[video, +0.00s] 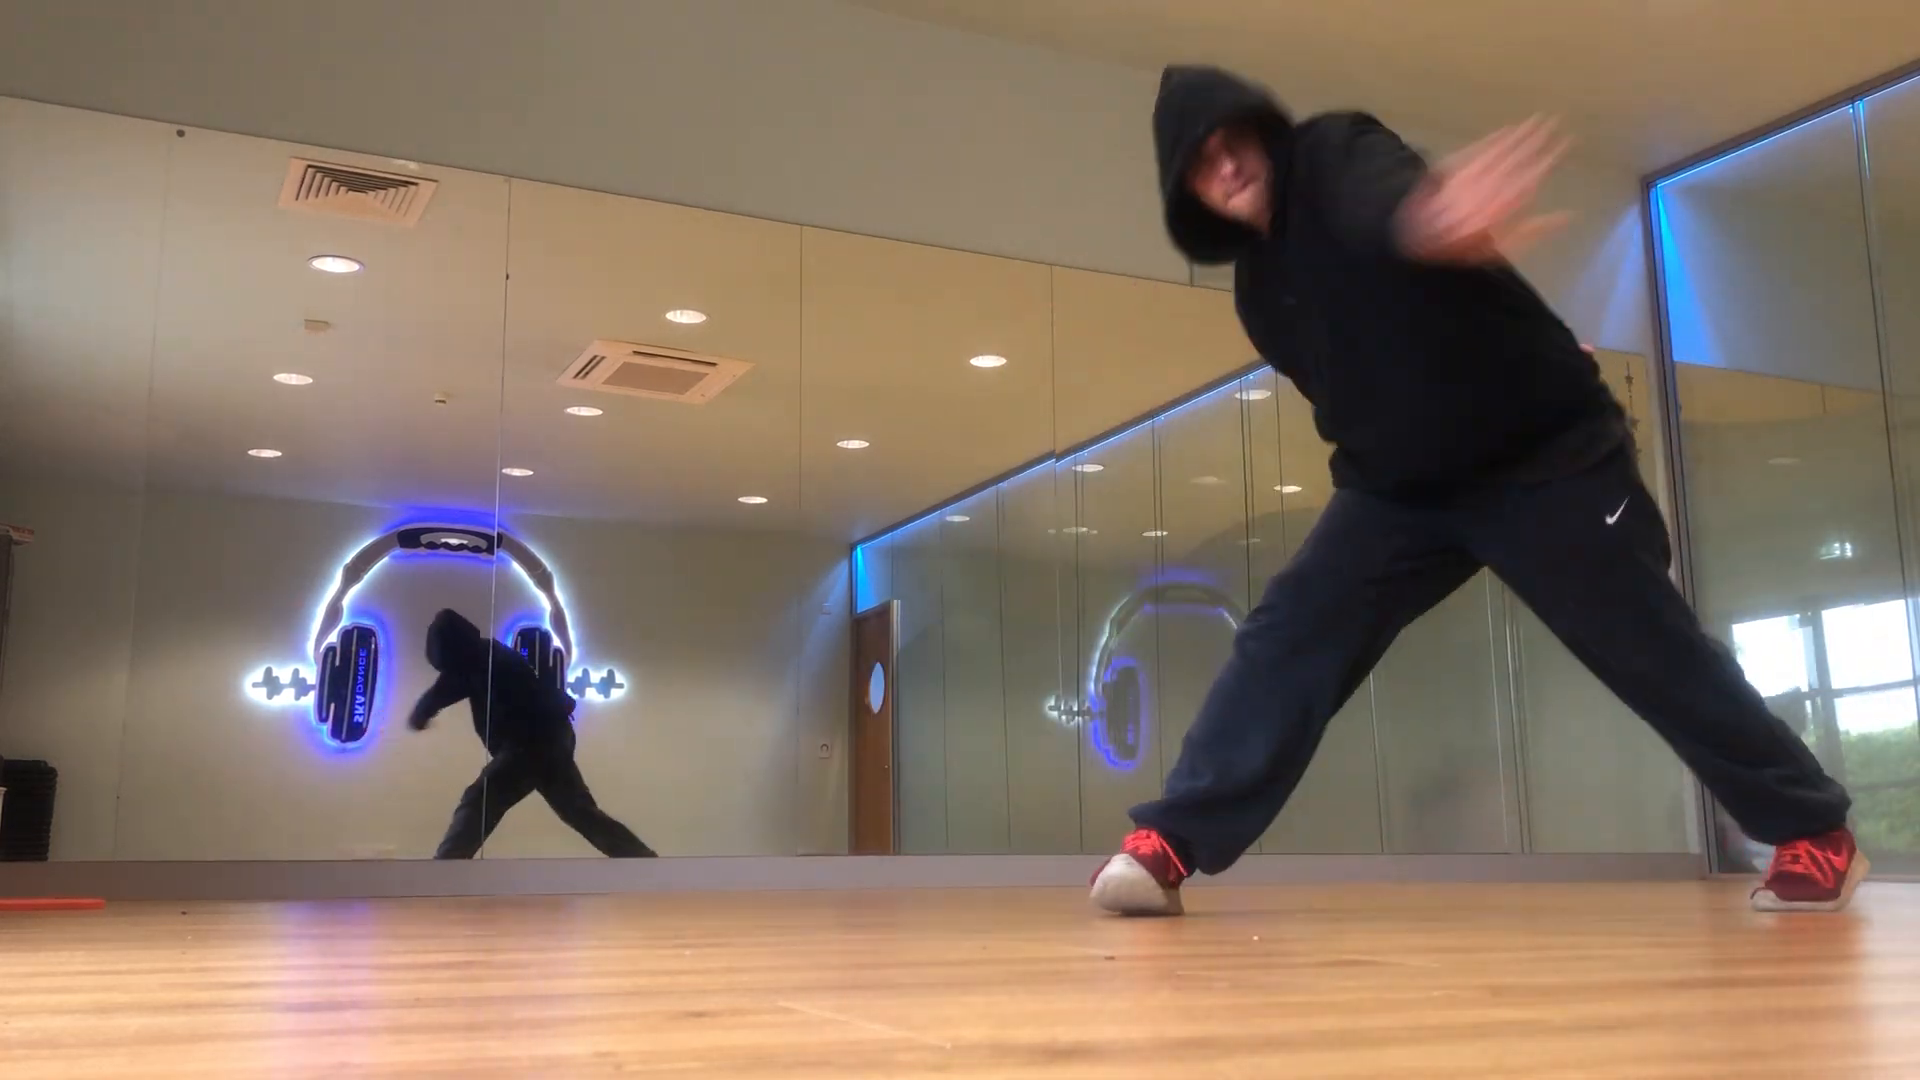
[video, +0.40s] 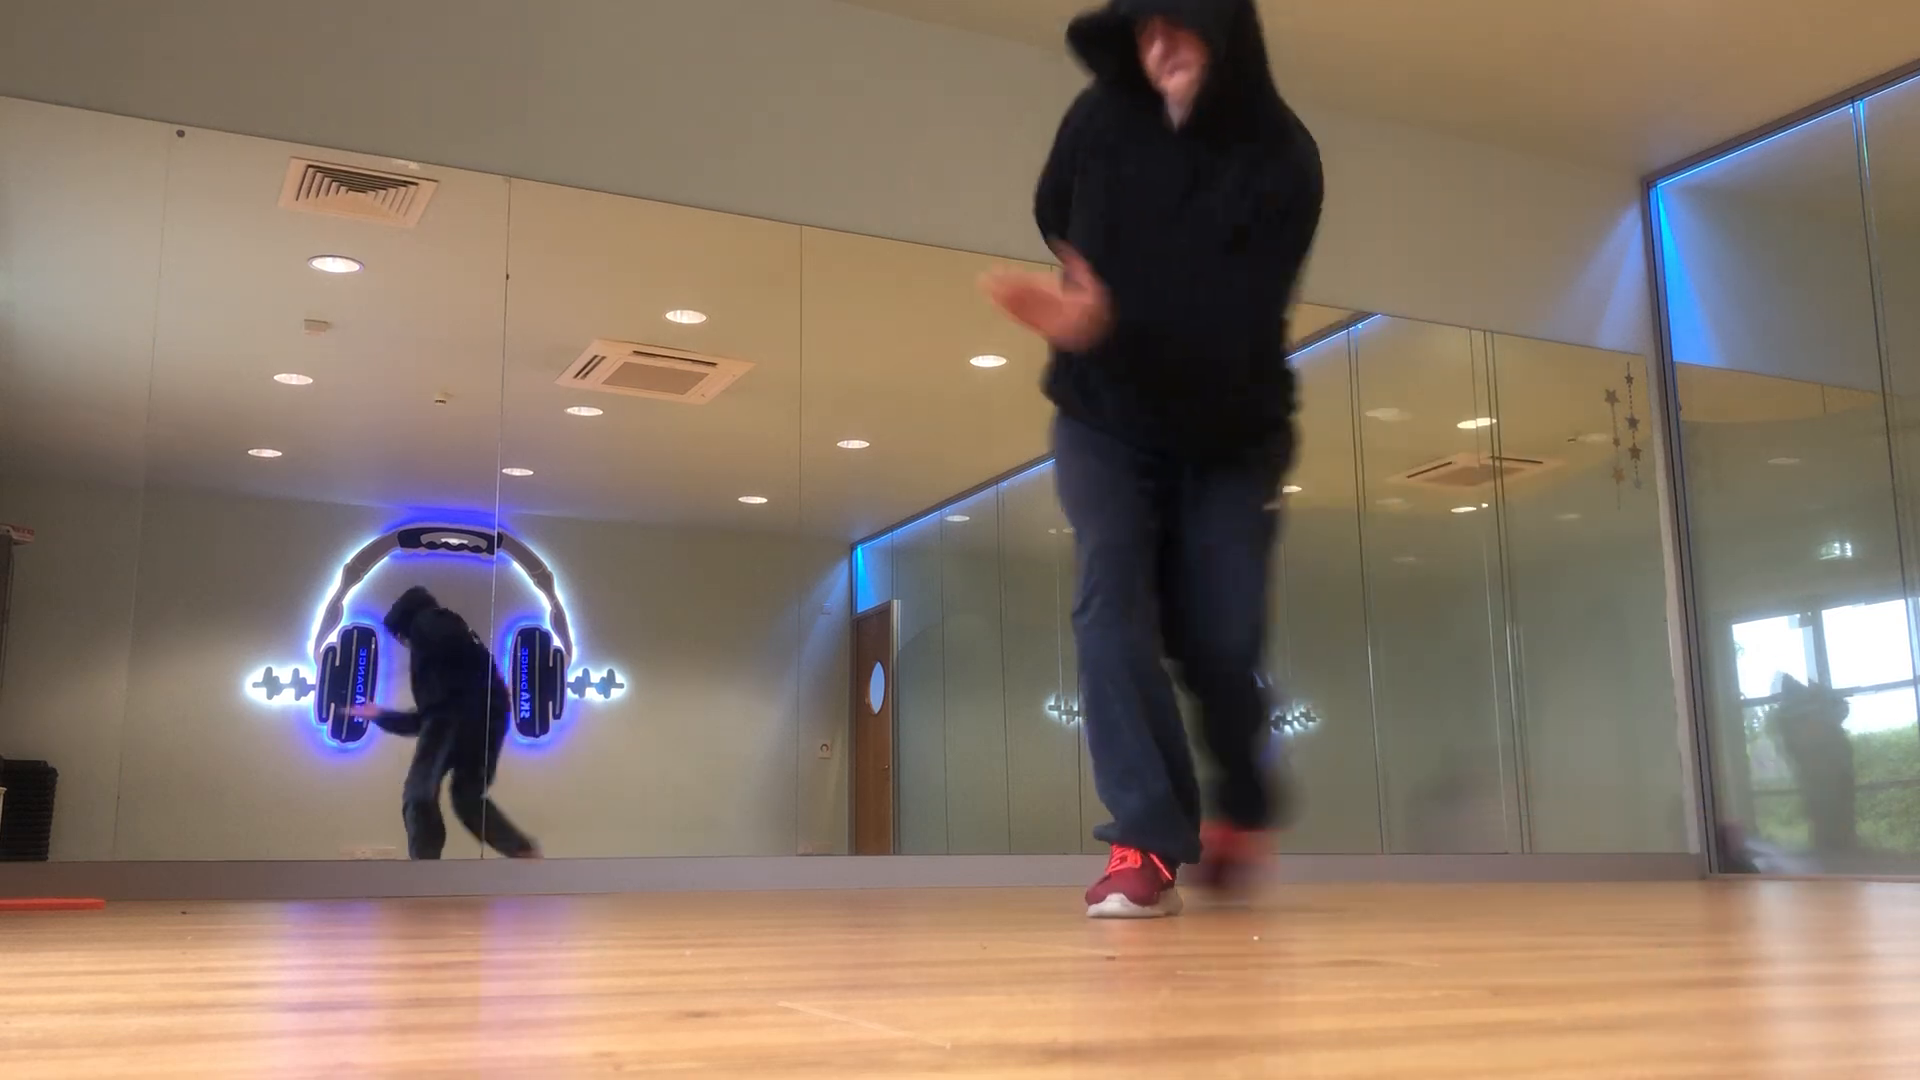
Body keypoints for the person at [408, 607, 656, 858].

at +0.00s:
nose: (437, 660)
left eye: (437, 652)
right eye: (434, 654)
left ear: (448, 644)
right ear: (466, 634)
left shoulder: (474, 658)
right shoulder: (499, 653)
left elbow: (444, 690)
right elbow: (536, 683)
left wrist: (420, 715)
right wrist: (562, 703)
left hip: (529, 741)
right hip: (551, 737)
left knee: (479, 800)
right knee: (583, 814)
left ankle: (443, 872)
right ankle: (650, 868)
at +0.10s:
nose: (424, 669)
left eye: (422, 661)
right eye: (420, 663)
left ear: (433, 650)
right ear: (442, 641)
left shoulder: (473, 659)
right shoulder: (473, 660)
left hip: (523, 743)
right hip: (540, 741)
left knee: (468, 795)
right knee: (574, 809)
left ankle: (438, 871)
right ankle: (640, 863)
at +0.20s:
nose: (403, 671)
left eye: (400, 663)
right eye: (398, 665)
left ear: (408, 653)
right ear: (419, 639)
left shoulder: (445, 656)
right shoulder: (450, 655)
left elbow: (503, 665)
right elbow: (505, 665)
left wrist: (534, 685)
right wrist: (534, 688)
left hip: (503, 725)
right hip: (529, 722)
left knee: (453, 788)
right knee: (544, 801)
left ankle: (434, 869)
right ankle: (616, 850)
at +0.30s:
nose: (396, 663)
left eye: (393, 655)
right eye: (390, 659)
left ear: (403, 641)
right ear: (412, 632)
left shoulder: (431, 644)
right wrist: (444, 726)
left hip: (479, 722)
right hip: (509, 718)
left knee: (435, 790)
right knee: (500, 798)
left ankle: (429, 872)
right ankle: (576, 849)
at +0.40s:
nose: (400, 642)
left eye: (400, 634)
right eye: (397, 637)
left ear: (408, 620)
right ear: (429, 609)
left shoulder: (428, 626)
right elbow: (429, 719)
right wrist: (380, 715)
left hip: (454, 713)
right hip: (490, 714)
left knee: (419, 794)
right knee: (468, 799)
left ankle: (425, 873)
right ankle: (524, 853)